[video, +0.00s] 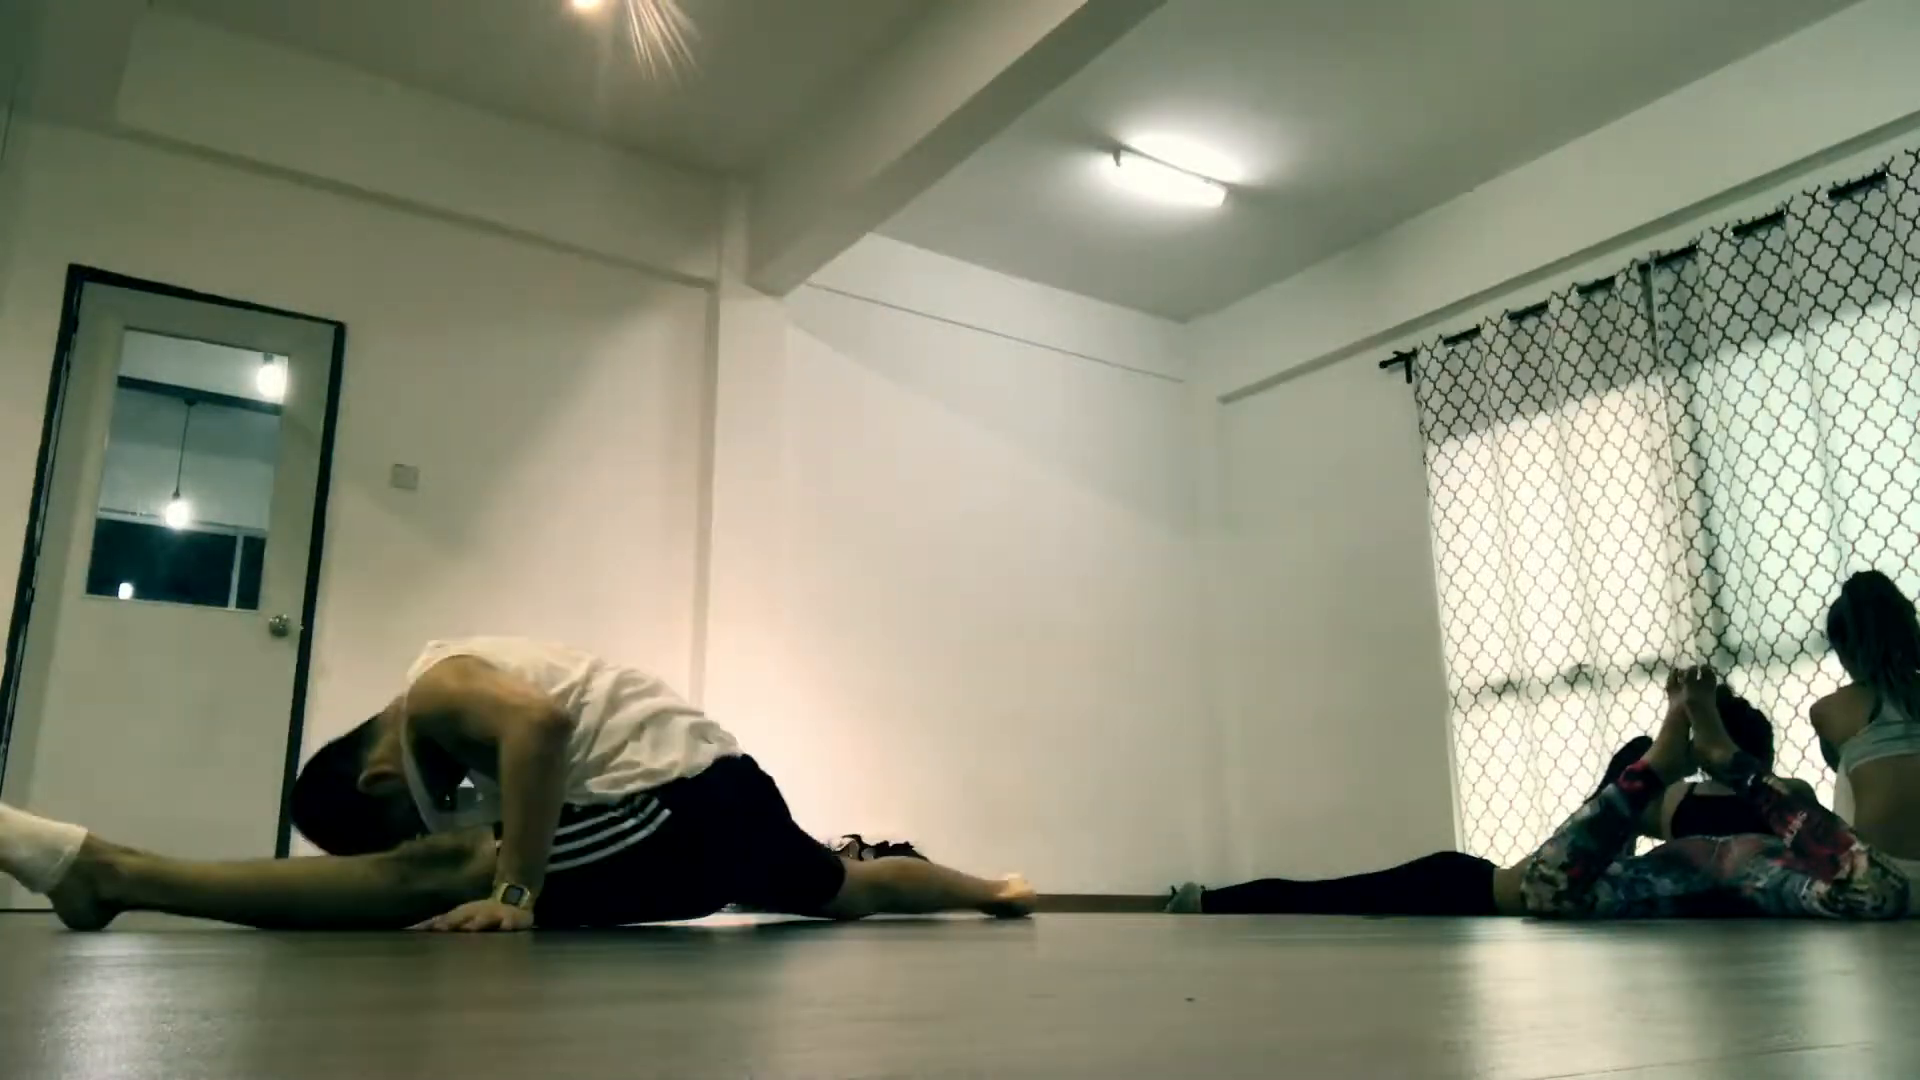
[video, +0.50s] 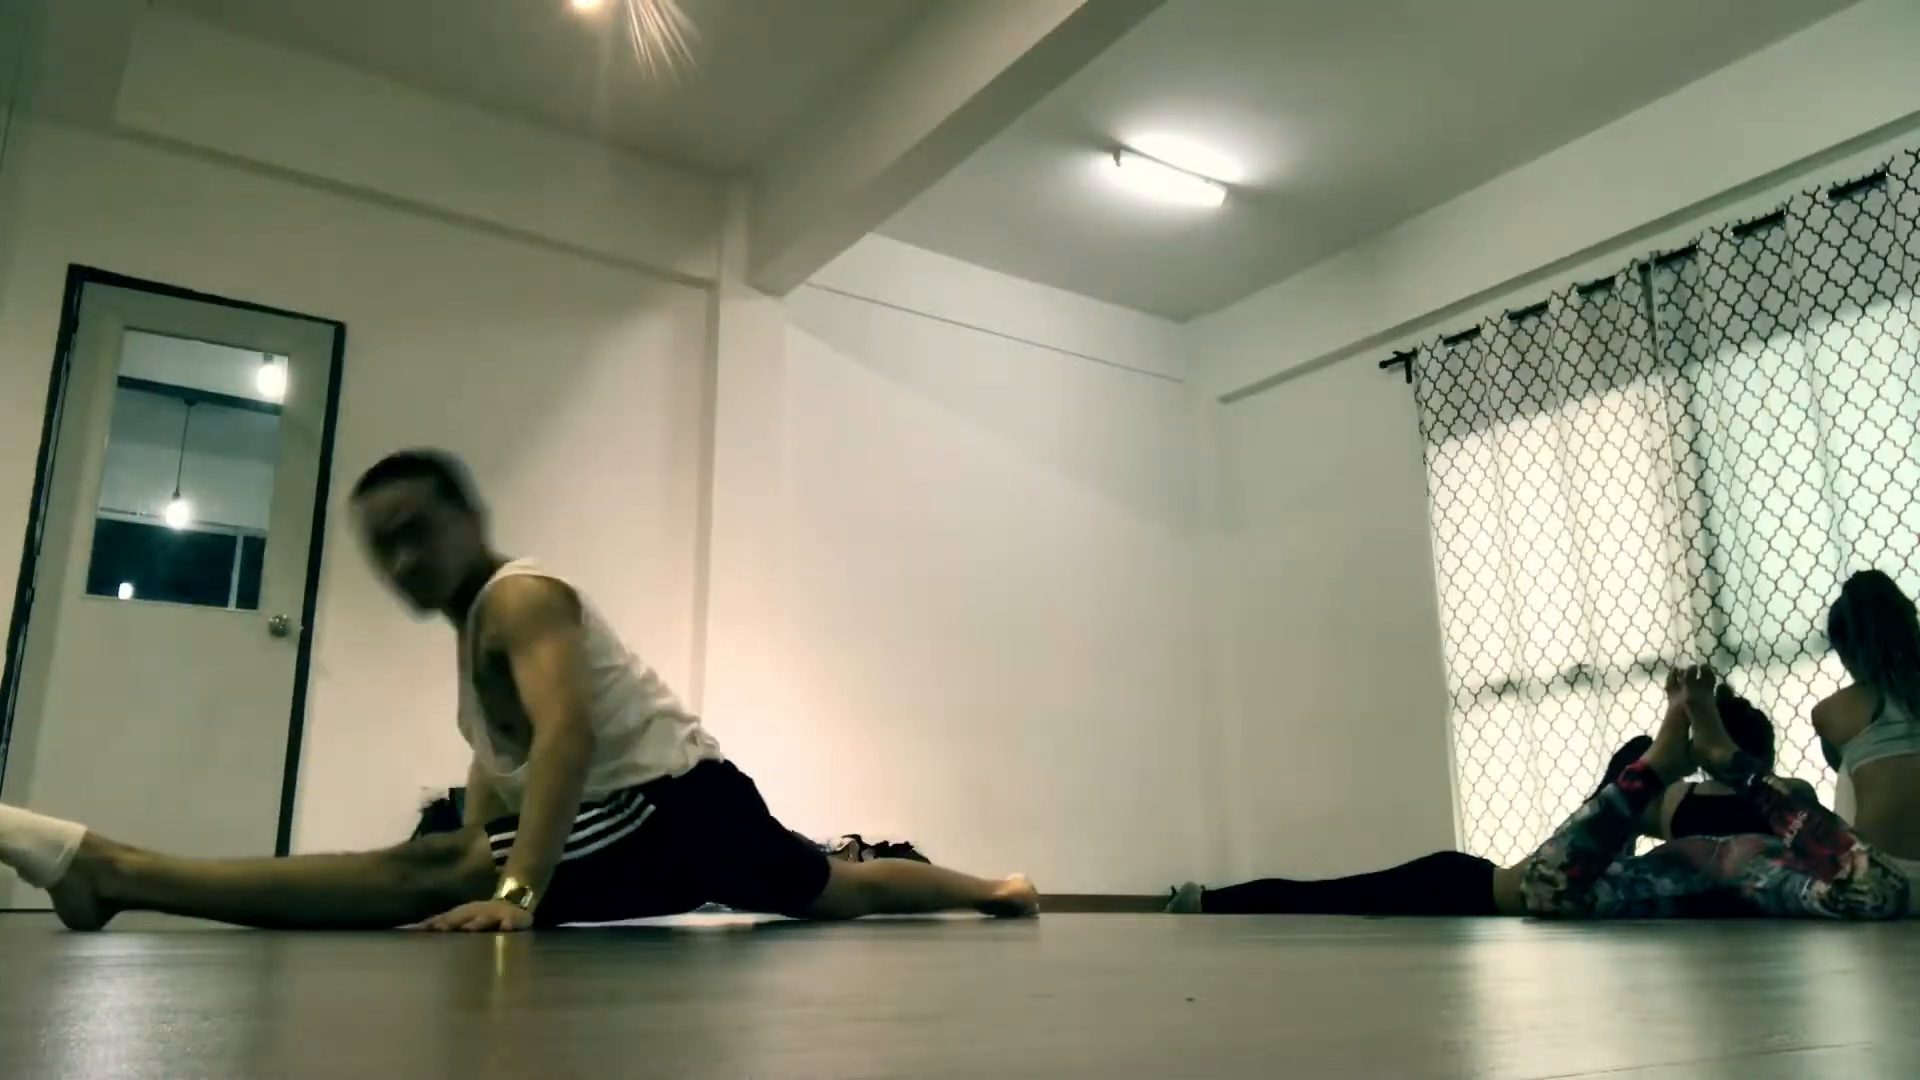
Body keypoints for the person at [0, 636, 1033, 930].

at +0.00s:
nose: (406, 825)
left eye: (389, 820)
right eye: (395, 828)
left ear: (361, 776)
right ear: (390, 786)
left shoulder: (424, 696)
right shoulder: (472, 759)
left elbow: (537, 722)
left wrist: (510, 888)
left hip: (670, 806)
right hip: (748, 809)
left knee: (411, 880)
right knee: (842, 882)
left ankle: (117, 876)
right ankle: (987, 892)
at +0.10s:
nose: (410, 793)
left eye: (393, 784)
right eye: (400, 797)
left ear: (377, 736)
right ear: (399, 753)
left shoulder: (451, 669)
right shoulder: (485, 742)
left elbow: (556, 720)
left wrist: (518, 890)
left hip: (669, 818)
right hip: (740, 811)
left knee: (408, 877)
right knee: (838, 885)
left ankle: (120, 875)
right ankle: (986, 891)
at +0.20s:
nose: (413, 767)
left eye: (393, 759)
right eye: (400, 771)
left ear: (382, 709)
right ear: (397, 714)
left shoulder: (463, 651)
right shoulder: (501, 693)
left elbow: (555, 720)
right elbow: (581, 774)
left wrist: (521, 886)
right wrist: (479, 858)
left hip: (664, 818)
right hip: (740, 809)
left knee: (408, 876)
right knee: (841, 883)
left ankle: (119, 875)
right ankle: (978, 889)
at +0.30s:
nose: (397, 752)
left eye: (378, 739)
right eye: (381, 749)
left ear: (376, 687)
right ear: (387, 680)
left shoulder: (474, 630)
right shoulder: (494, 674)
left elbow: (552, 721)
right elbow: (533, 801)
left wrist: (518, 886)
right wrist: (473, 898)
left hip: (664, 818)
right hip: (732, 810)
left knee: (411, 873)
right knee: (847, 880)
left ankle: (120, 877)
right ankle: (985, 891)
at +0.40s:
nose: (370, 661)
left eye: (359, 638)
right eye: (353, 652)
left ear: (387, 592)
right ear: (379, 623)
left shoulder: (494, 606)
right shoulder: (476, 665)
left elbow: (559, 729)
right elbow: (512, 792)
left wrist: (521, 893)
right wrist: (465, 873)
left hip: (666, 815)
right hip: (713, 809)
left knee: (408, 876)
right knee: (835, 884)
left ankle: (124, 877)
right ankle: (979, 891)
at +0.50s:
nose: (401, 561)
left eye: (414, 532)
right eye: (382, 549)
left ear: (471, 516)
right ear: (382, 565)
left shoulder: (520, 600)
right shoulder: (479, 646)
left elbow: (565, 739)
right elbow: (492, 778)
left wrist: (520, 886)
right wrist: (460, 870)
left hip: (675, 817)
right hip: (677, 820)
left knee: (413, 873)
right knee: (830, 886)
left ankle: (123, 877)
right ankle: (970, 889)